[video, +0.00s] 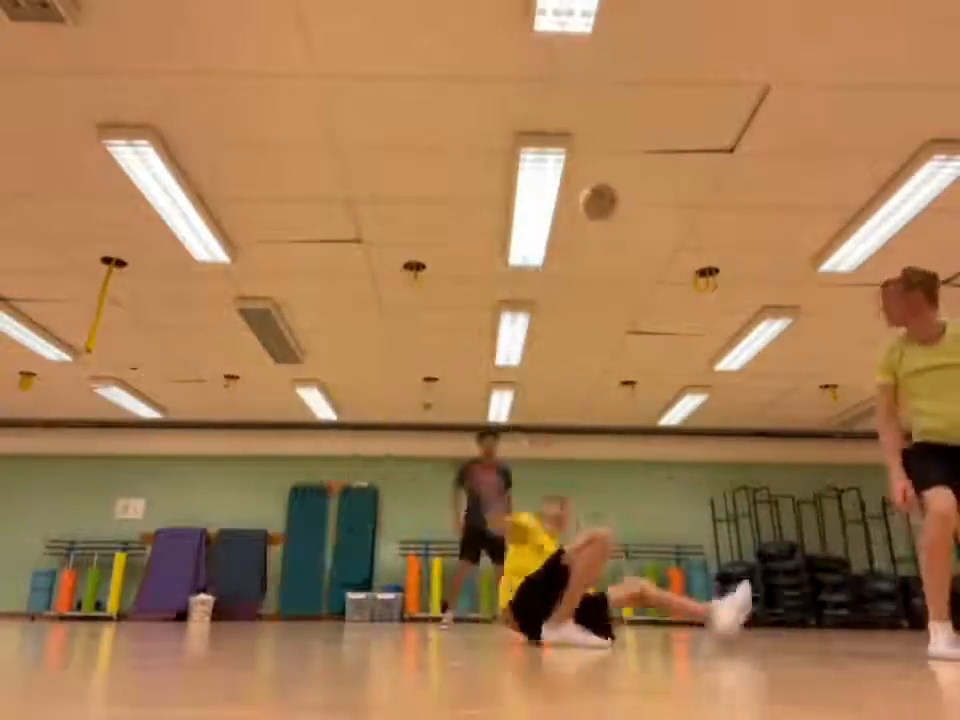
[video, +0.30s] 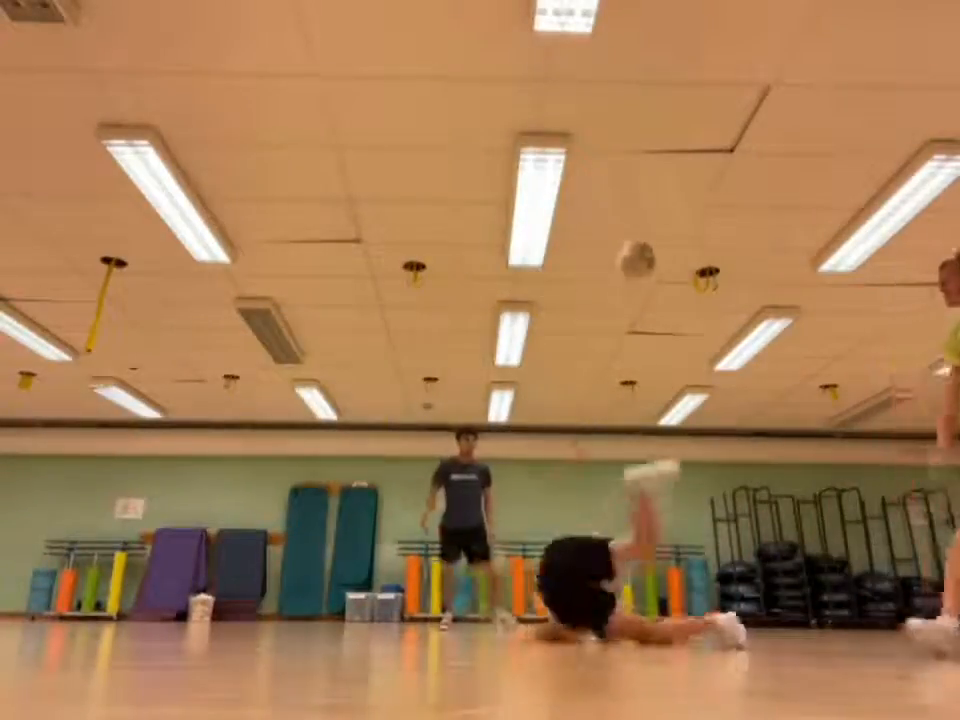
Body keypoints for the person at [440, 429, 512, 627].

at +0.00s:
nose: (489, 450)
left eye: (492, 445)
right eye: (486, 445)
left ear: (497, 446)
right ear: (479, 446)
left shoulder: (503, 470)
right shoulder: (468, 469)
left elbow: (508, 496)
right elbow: (456, 494)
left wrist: (508, 519)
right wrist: (457, 519)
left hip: (497, 522)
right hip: (474, 522)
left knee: (502, 569)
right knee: (464, 567)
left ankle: (505, 610)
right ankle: (450, 609)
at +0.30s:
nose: (468, 445)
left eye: (471, 441)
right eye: (465, 441)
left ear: (475, 444)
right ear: (458, 443)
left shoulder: (482, 470)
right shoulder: (447, 467)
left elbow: (488, 500)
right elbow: (434, 491)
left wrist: (490, 526)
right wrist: (428, 513)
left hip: (475, 525)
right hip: (451, 525)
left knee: (487, 568)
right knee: (448, 568)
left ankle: (495, 610)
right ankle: (448, 611)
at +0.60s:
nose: (454, 444)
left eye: (457, 440)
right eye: (450, 440)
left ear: (461, 442)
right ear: (445, 442)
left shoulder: (469, 468)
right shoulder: (432, 466)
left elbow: (474, 495)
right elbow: (417, 489)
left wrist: (474, 520)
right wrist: (411, 511)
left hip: (462, 523)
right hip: (439, 525)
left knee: (468, 564)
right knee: (441, 569)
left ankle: (468, 608)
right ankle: (445, 611)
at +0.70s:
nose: (452, 445)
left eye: (455, 440)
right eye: (448, 440)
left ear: (460, 443)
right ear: (442, 442)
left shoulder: (466, 468)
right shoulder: (429, 465)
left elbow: (472, 494)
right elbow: (415, 486)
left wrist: (471, 519)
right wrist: (414, 508)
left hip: (459, 523)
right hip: (435, 524)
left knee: (460, 563)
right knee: (439, 570)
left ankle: (456, 610)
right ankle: (444, 612)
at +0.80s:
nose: (451, 444)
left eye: (455, 440)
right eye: (448, 439)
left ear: (459, 443)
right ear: (441, 441)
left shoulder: (463, 469)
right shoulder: (426, 465)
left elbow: (468, 496)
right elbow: (412, 487)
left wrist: (467, 520)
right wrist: (414, 505)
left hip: (455, 522)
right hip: (431, 523)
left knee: (452, 560)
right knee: (437, 569)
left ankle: (448, 609)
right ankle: (443, 610)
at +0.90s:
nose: (450, 445)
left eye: (453, 440)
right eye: (447, 440)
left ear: (457, 443)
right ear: (439, 440)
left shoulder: (459, 469)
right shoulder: (423, 465)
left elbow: (465, 496)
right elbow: (409, 487)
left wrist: (462, 518)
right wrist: (412, 506)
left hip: (451, 521)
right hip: (428, 521)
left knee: (447, 562)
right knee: (433, 569)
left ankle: (444, 609)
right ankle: (442, 609)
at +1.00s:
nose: (450, 446)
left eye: (452, 441)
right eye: (446, 441)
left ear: (454, 443)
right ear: (437, 440)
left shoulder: (454, 468)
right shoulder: (419, 462)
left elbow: (460, 496)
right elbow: (405, 484)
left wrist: (458, 520)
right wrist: (407, 502)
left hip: (445, 522)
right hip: (423, 522)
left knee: (443, 565)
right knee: (428, 571)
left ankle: (444, 607)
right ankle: (434, 611)